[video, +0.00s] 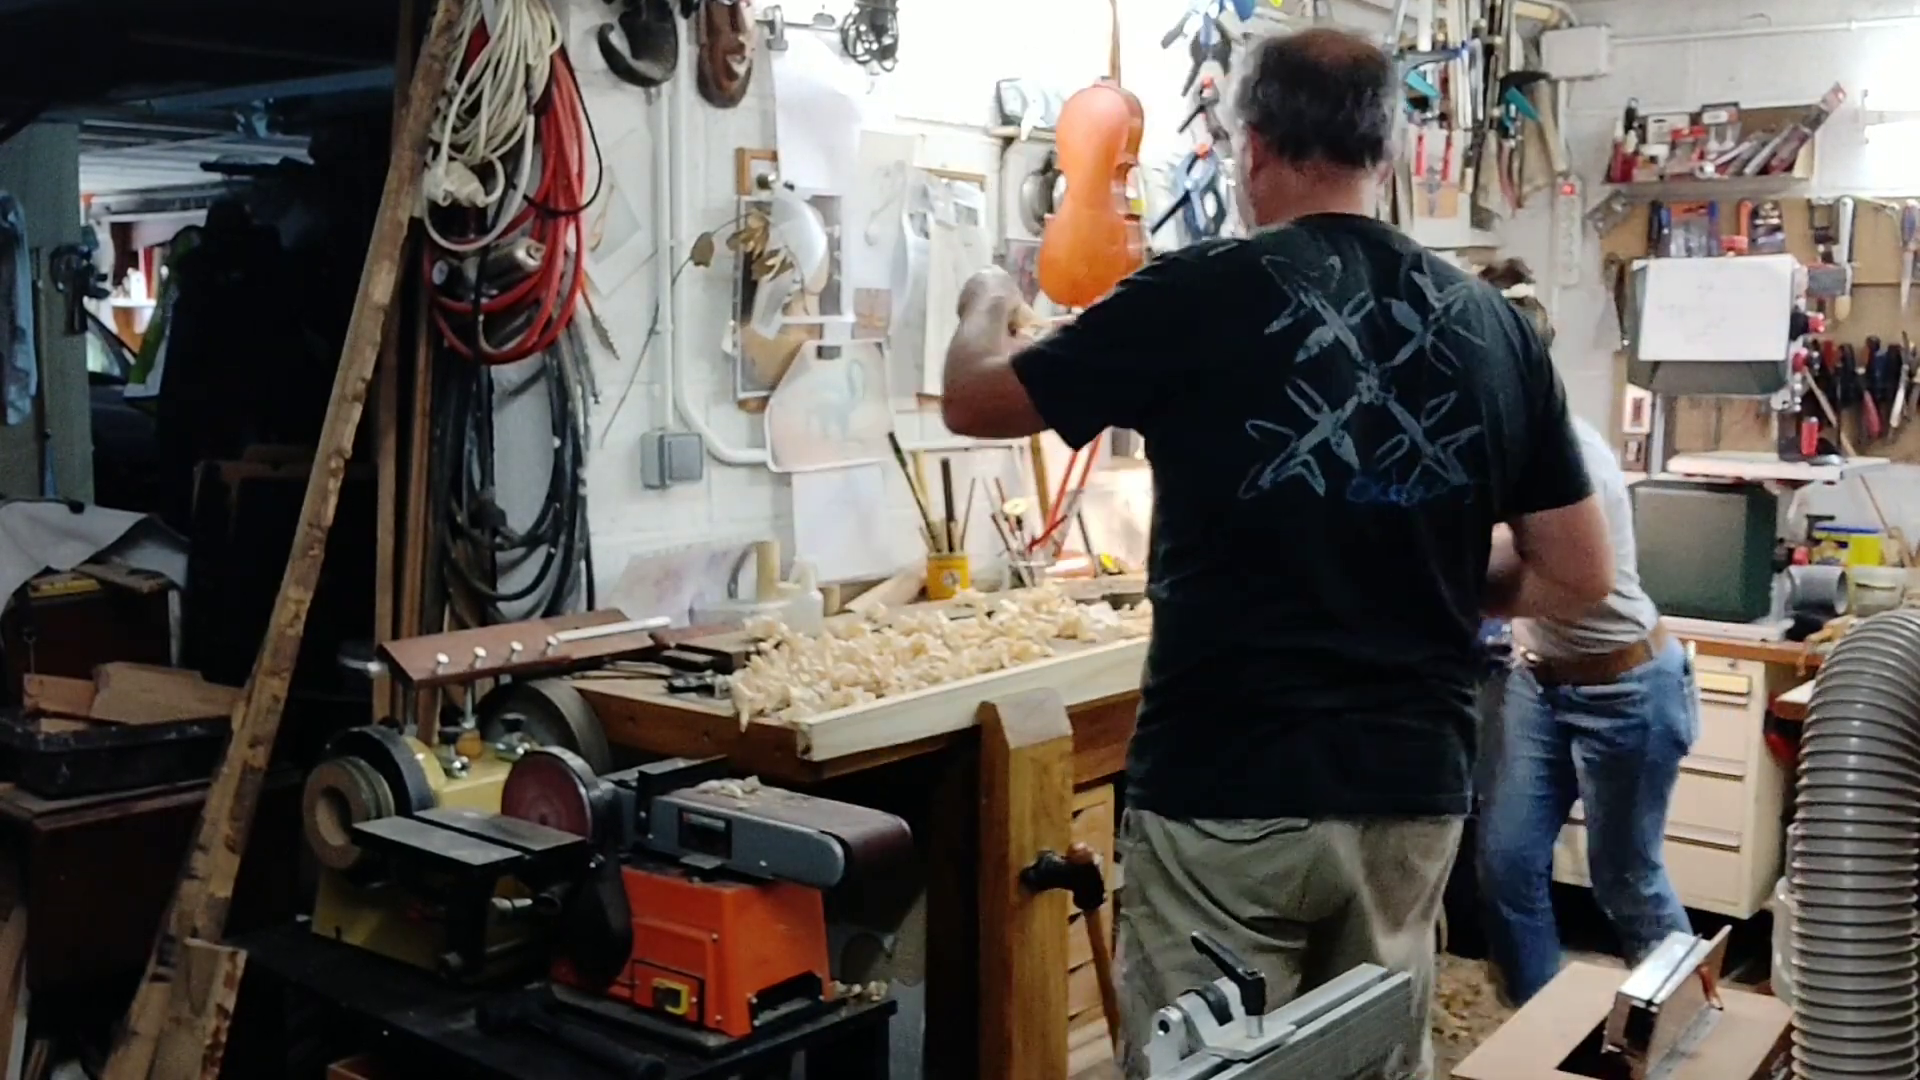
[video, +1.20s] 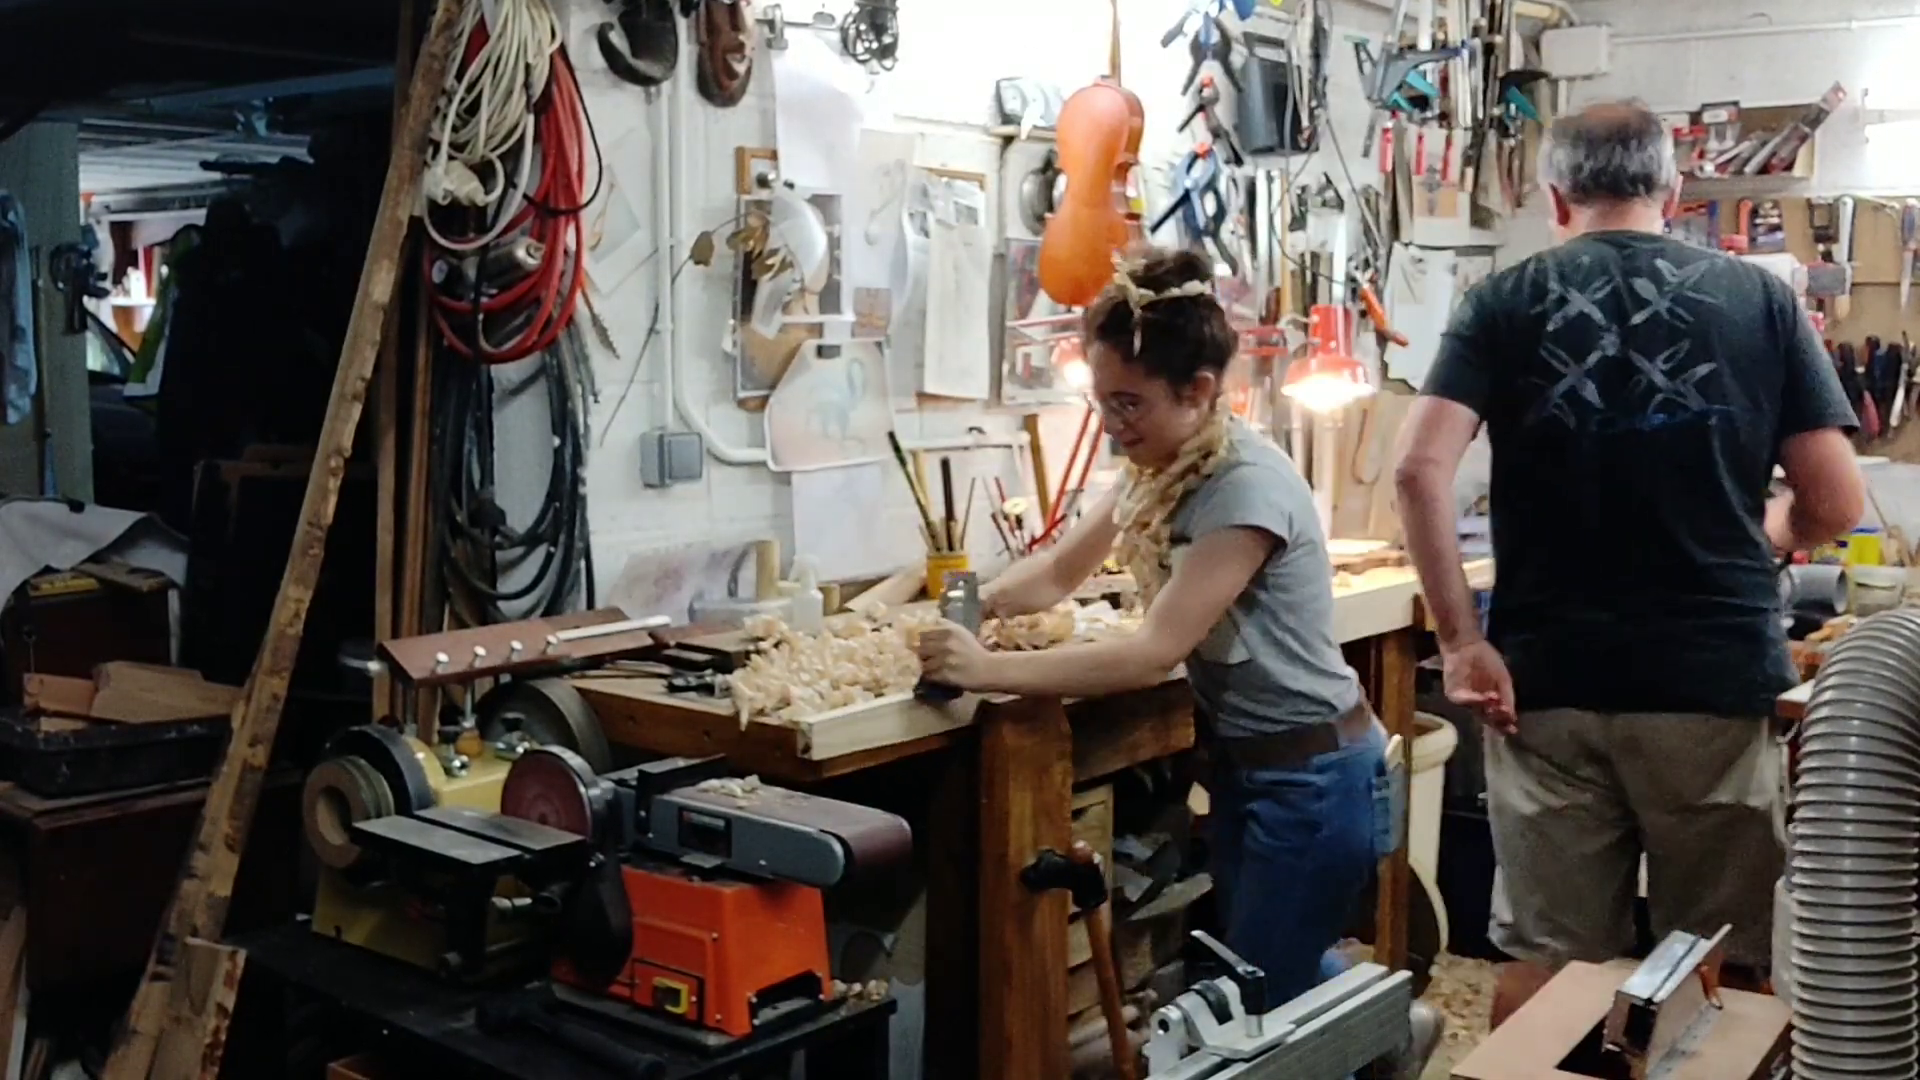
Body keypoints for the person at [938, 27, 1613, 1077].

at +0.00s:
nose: (1234, 160)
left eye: (1236, 138)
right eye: (1238, 137)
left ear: (1256, 146)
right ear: (1390, 152)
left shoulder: (1203, 292)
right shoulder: (1493, 325)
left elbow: (974, 401)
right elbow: (1578, 574)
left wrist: (992, 294)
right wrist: (1441, 561)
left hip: (1225, 760)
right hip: (1414, 769)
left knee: (1195, 1063)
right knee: (1383, 1063)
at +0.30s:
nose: (1367, 161)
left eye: (1371, 144)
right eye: (1373, 145)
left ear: (1388, 154)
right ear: (1512, 176)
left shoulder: (1296, 290)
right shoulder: (1584, 336)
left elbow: (1079, 411)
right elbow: (1683, 582)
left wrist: (1076, 305)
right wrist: (1539, 562)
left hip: (1286, 757)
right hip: (1478, 775)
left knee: (1236, 1056)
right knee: (1443, 1065)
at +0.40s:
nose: (1401, 157)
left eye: (1405, 142)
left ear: (1411, 153)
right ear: (1539, 175)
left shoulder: (1316, 283)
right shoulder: (1603, 331)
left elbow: (1116, 424)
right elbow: (1701, 582)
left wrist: (1144, 332)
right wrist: (1596, 538)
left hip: (1292, 739)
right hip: (1479, 765)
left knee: (1261, 1052)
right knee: (1438, 1066)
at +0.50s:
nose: (1433, 167)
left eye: (1433, 153)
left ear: (1437, 162)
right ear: (1562, 181)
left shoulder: (1337, 280)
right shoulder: (1615, 330)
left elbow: (1155, 434)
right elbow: (1707, 582)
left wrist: (1256, 397)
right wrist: (1631, 524)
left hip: (1302, 736)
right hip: (1482, 764)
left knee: (1280, 1046)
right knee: (1442, 1064)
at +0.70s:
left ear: (1476, 177)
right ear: (1605, 188)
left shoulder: (1384, 281)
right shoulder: (1643, 324)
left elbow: (1208, 425)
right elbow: (1717, 572)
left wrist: (1289, 559)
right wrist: (1665, 529)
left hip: (1354, 689)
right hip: (1517, 717)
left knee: (1363, 993)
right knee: (1453, 1024)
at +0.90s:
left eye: (1477, 209)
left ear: (1483, 210)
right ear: (1605, 208)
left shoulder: (1415, 304)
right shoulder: (1669, 309)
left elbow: (1298, 461)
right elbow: (1748, 532)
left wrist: (1347, 640)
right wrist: (1705, 558)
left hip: (1436, 692)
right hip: (1597, 698)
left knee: (1493, 981)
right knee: (1598, 989)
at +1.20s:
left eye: (1550, 194)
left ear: (1557, 199)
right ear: (1671, 192)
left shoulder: (1505, 298)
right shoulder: (1758, 296)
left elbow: (1421, 469)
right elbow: (1835, 503)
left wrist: (1458, 639)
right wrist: (1767, 533)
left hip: (1543, 676)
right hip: (1709, 677)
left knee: (1543, 968)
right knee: (1719, 964)